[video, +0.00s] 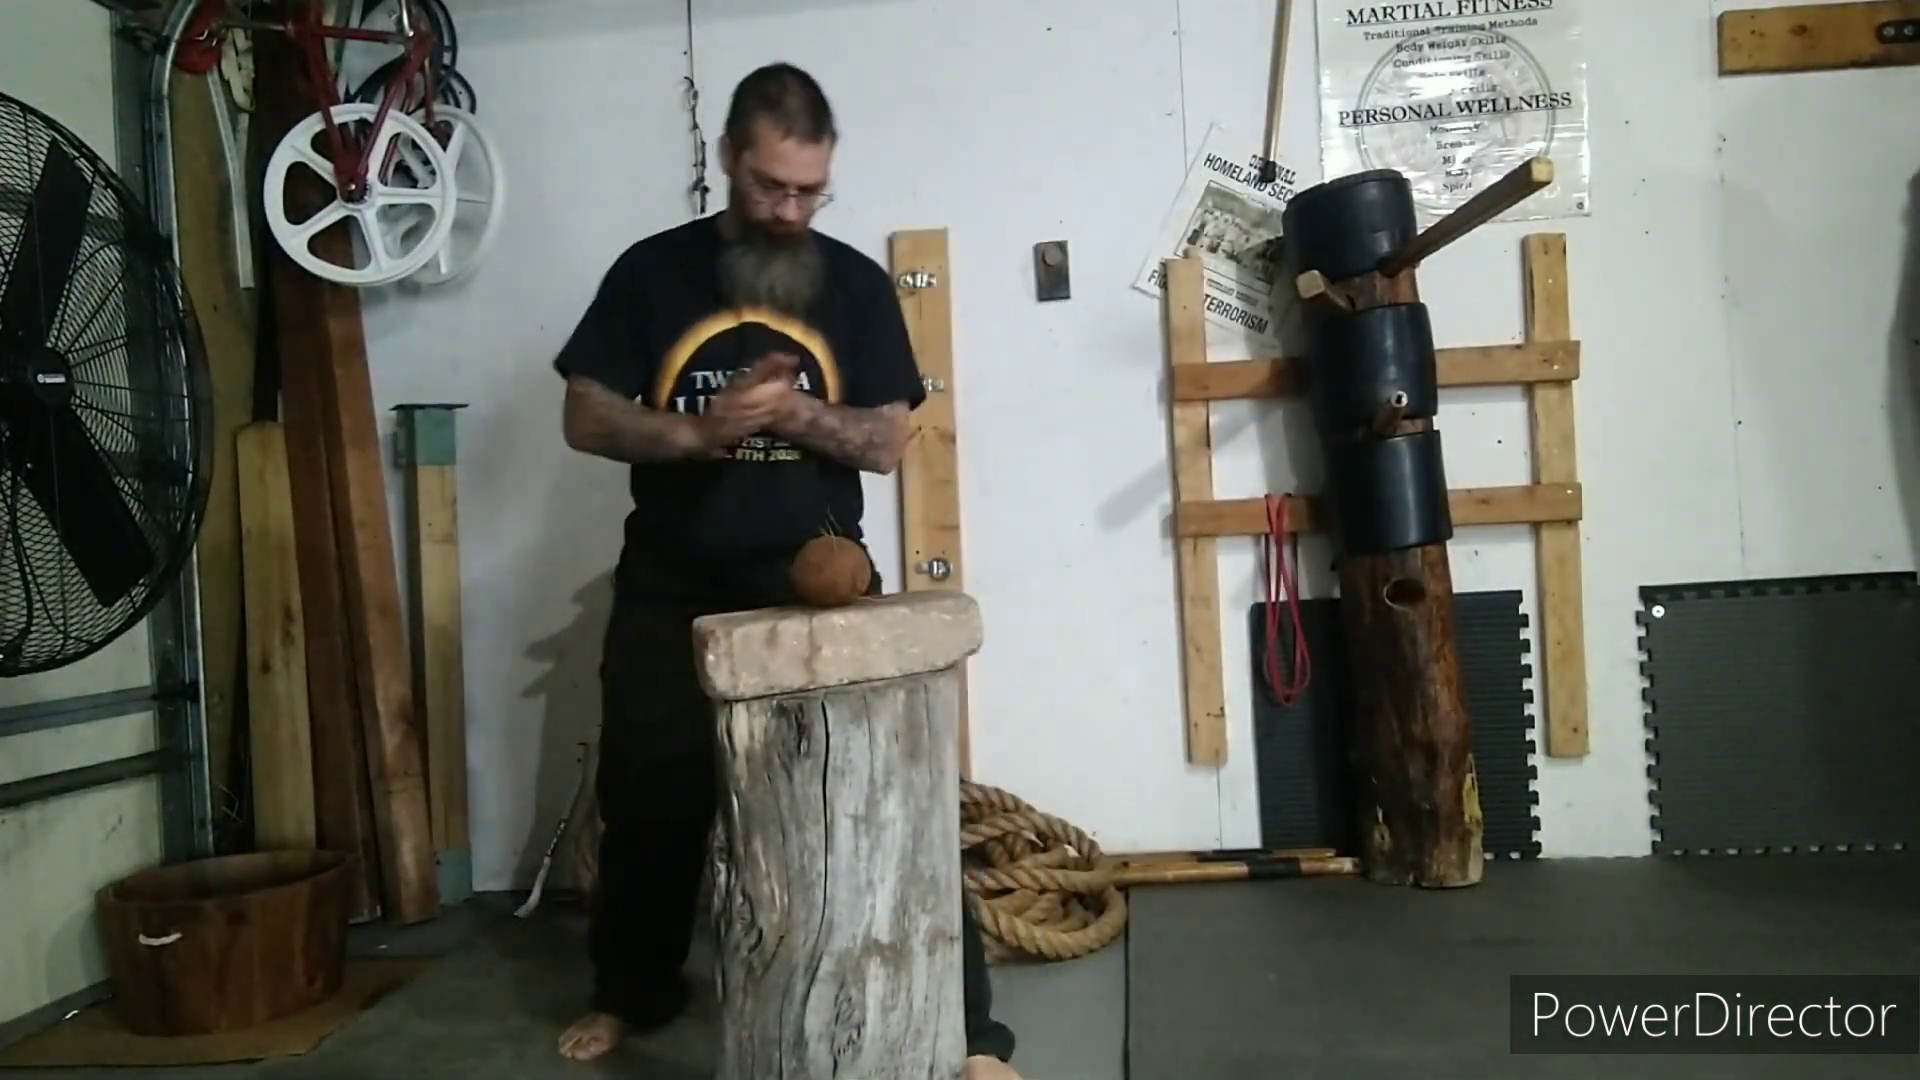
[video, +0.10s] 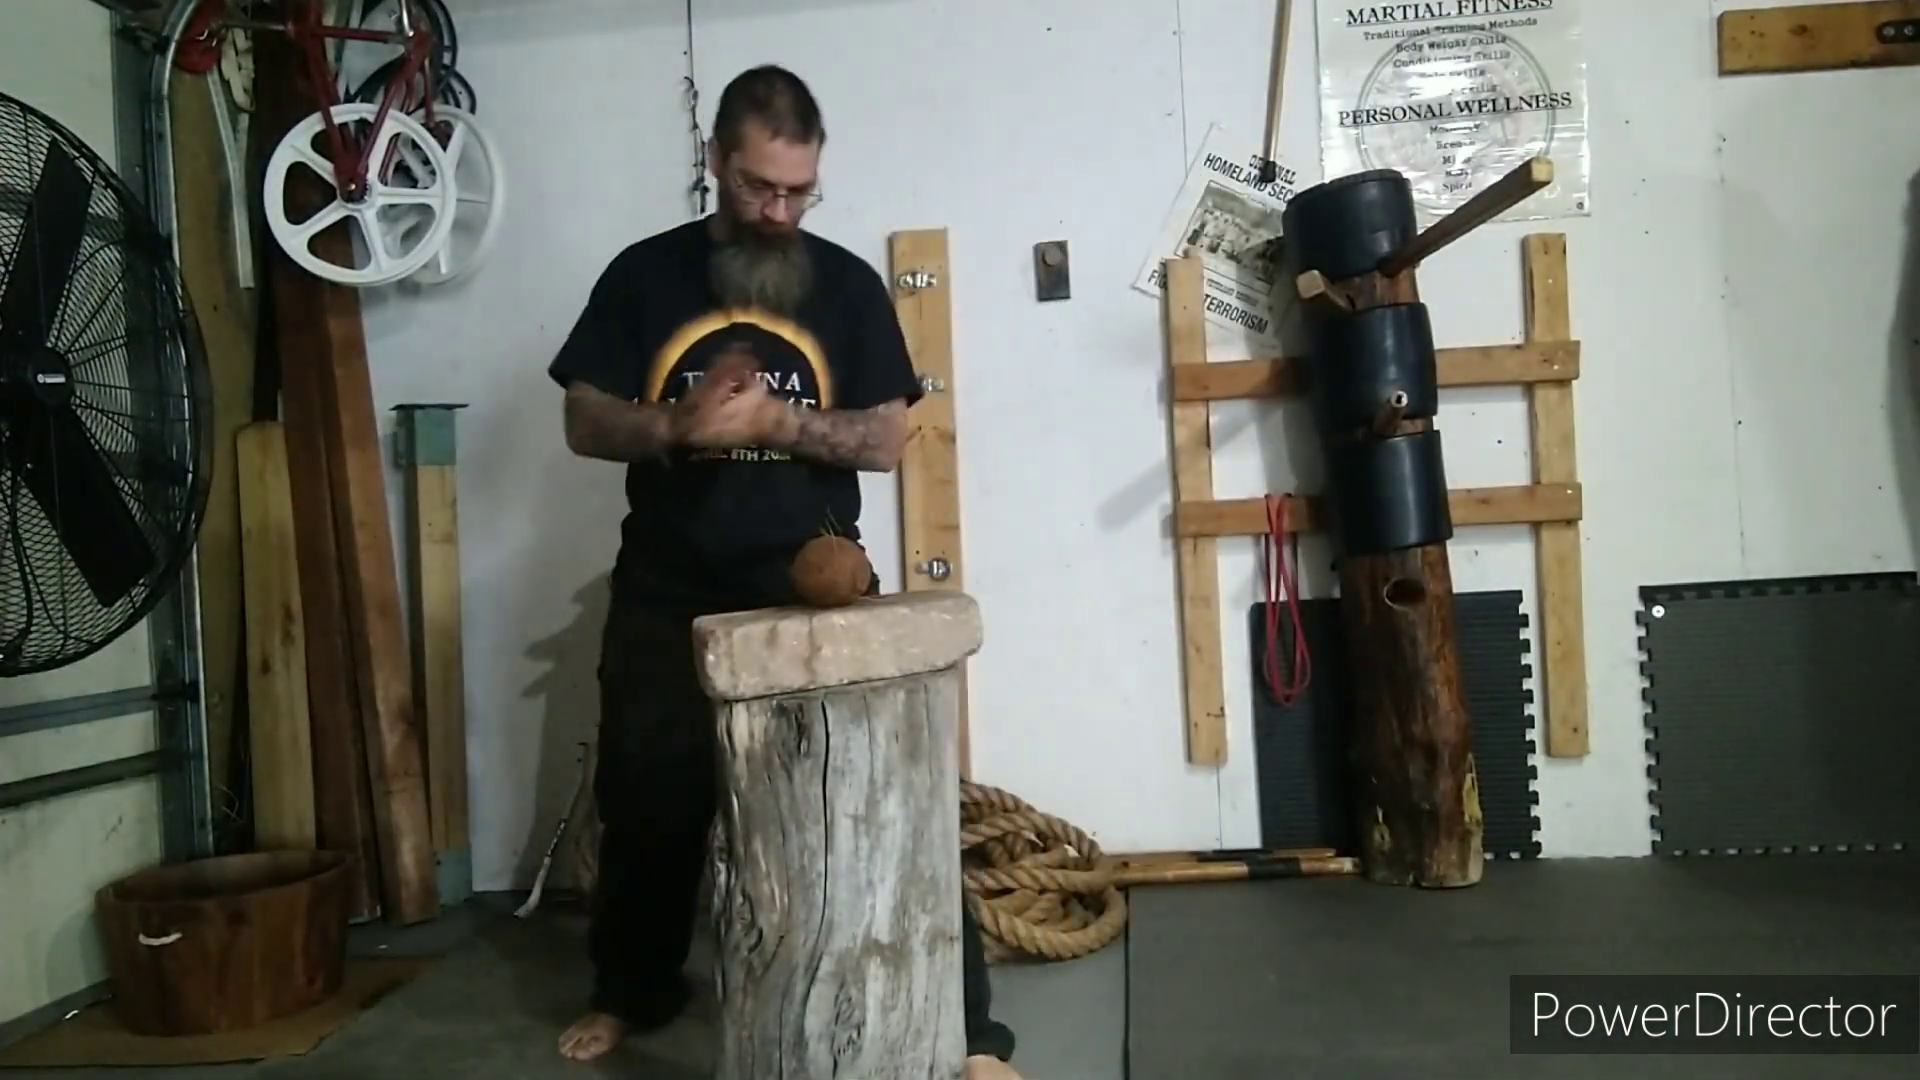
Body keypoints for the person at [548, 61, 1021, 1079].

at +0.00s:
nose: (789, 210)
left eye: (808, 190)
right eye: (771, 186)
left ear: (829, 170)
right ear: (728, 158)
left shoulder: (858, 285)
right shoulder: (651, 272)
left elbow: (890, 442)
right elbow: (585, 421)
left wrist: (805, 413)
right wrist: (702, 432)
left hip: (821, 590)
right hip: (671, 591)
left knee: (891, 805)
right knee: (649, 807)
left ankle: (968, 1031)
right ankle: (628, 995)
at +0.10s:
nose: (781, 210)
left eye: (799, 190)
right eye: (761, 187)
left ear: (819, 171)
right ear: (717, 160)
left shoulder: (848, 284)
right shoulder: (643, 274)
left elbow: (889, 438)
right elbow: (584, 425)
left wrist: (772, 419)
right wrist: (684, 425)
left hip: (817, 591)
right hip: (668, 593)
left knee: (892, 808)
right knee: (647, 808)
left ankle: (967, 1031)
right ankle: (629, 995)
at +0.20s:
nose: (771, 210)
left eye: (790, 190)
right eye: (752, 187)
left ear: (812, 172)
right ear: (709, 160)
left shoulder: (846, 286)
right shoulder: (641, 275)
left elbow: (892, 437)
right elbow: (595, 429)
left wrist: (774, 446)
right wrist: (661, 424)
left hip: (815, 591)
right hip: (667, 592)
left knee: (885, 808)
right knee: (646, 806)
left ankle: (968, 1030)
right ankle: (630, 994)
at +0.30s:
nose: (771, 209)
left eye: (791, 189)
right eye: (751, 186)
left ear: (812, 172)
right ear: (708, 160)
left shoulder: (848, 285)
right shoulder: (645, 278)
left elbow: (894, 437)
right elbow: (615, 429)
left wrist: (820, 480)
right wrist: (677, 435)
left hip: (822, 577)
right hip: (676, 579)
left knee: (896, 795)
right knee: (650, 792)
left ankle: (969, 1030)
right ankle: (629, 993)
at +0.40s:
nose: (783, 213)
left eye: (802, 193)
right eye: (765, 189)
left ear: (821, 175)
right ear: (717, 161)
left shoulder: (855, 285)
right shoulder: (655, 280)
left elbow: (896, 432)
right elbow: (637, 431)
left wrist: (855, 488)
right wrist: (715, 441)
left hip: (830, 581)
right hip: (686, 585)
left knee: (904, 797)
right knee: (655, 798)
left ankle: (971, 1030)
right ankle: (630, 994)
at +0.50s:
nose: (804, 218)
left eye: (824, 200)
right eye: (786, 195)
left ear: (845, 181)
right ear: (743, 165)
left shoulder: (871, 286)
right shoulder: (675, 281)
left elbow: (906, 428)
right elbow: (666, 435)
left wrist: (888, 496)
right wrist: (750, 459)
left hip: (847, 579)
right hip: (700, 582)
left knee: (916, 794)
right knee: (661, 791)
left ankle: (972, 1029)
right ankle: (631, 993)